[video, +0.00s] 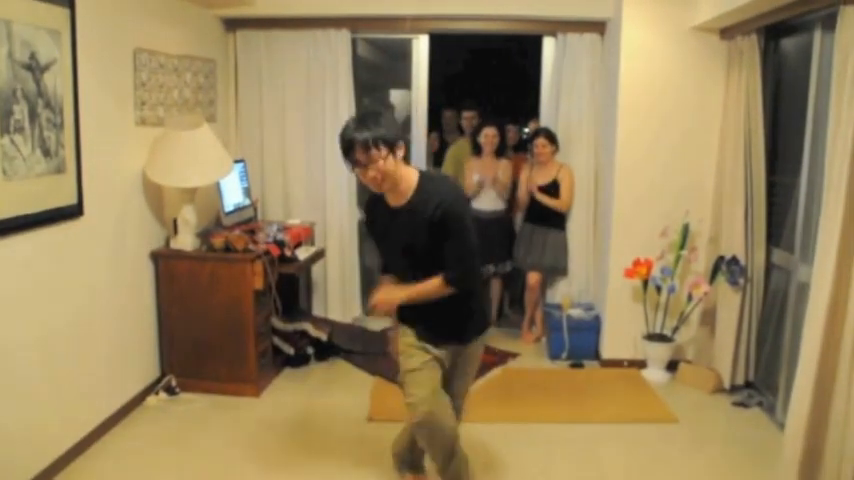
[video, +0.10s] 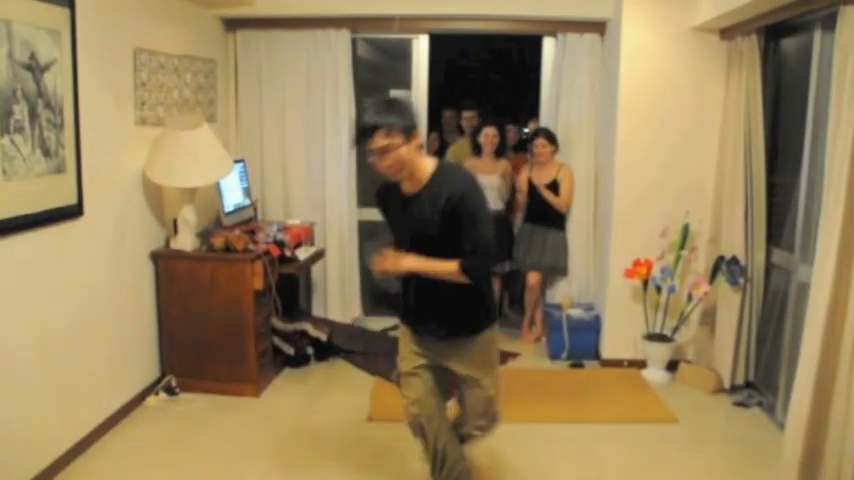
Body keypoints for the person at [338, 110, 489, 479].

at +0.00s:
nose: (372, 173)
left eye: (378, 161)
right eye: (362, 167)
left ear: (399, 152)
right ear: (354, 170)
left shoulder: (444, 196)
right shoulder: (375, 208)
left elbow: (463, 275)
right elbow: (391, 267)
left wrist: (399, 294)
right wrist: (386, 312)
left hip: (465, 327)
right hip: (415, 326)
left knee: (448, 413)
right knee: (425, 412)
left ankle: (406, 455)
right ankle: (456, 471)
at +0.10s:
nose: (380, 162)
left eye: (387, 151)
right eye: (374, 155)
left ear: (416, 141)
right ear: (370, 157)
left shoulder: (458, 185)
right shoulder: (388, 195)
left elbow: (479, 268)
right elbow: (411, 248)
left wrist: (409, 264)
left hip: (470, 330)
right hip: (417, 327)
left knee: (481, 418)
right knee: (422, 417)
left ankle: (444, 436)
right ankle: (454, 474)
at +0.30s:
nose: (456, 168)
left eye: (466, 158)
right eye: (449, 157)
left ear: (489, 150)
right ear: (437, 145)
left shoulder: (504, 202)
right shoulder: (420, 180)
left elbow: (514, 287)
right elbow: (412, 234)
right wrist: (404, 287)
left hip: (493, 317)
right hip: (435, 311)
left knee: (517, 414)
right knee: (377, 366)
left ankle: (560, 473)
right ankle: (431, 463)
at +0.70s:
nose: (450, 137)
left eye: (460, 126)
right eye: (442, 125)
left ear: (476, 127)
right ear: (427, 124)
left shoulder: (499, 180)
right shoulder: (402, 171)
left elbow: (546, 231)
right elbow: (362, 233)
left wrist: (582, 266)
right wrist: (311, 264)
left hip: (465, 304)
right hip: (415, 299)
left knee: (428, 395)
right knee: (413, 391)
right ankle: (450, 466)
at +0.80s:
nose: (447, 139)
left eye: (457, 129)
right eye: (439, 128)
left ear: (472, 129)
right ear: (421, 127)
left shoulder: (492, 181)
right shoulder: (397, 176)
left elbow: (548, 225)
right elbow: (365, 248)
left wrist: (600, 244)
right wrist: (333, 308)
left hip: (453, 316)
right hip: (403, 306)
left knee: (414, 407)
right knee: (406, 392)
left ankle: (386, 476)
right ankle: (436, 450)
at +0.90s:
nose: (442, 140)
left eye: (452, 131)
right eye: (433, 130)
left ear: (467, 133)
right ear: (418, 131)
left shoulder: (487, 190)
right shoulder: (391, 180)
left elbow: (532, 243)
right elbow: (345, 244)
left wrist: (562, 208)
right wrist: (383, 280)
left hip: (446, 320)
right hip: (392, 317)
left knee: (406, 406)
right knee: (416, 396)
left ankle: (388, 474)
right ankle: (435, 455)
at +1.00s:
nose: (434, 134)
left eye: (444, 123)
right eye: (425, 123)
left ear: (463, 125)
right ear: (414, 123)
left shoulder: (479, 184)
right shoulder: (394, 173)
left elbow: (542, 217)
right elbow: (324, 220)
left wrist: (511, 160)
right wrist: (372, 196)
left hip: (438, 321)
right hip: (386, 314)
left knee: (408, 420)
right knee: (389, 408)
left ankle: (403, 475)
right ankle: (432, 430)